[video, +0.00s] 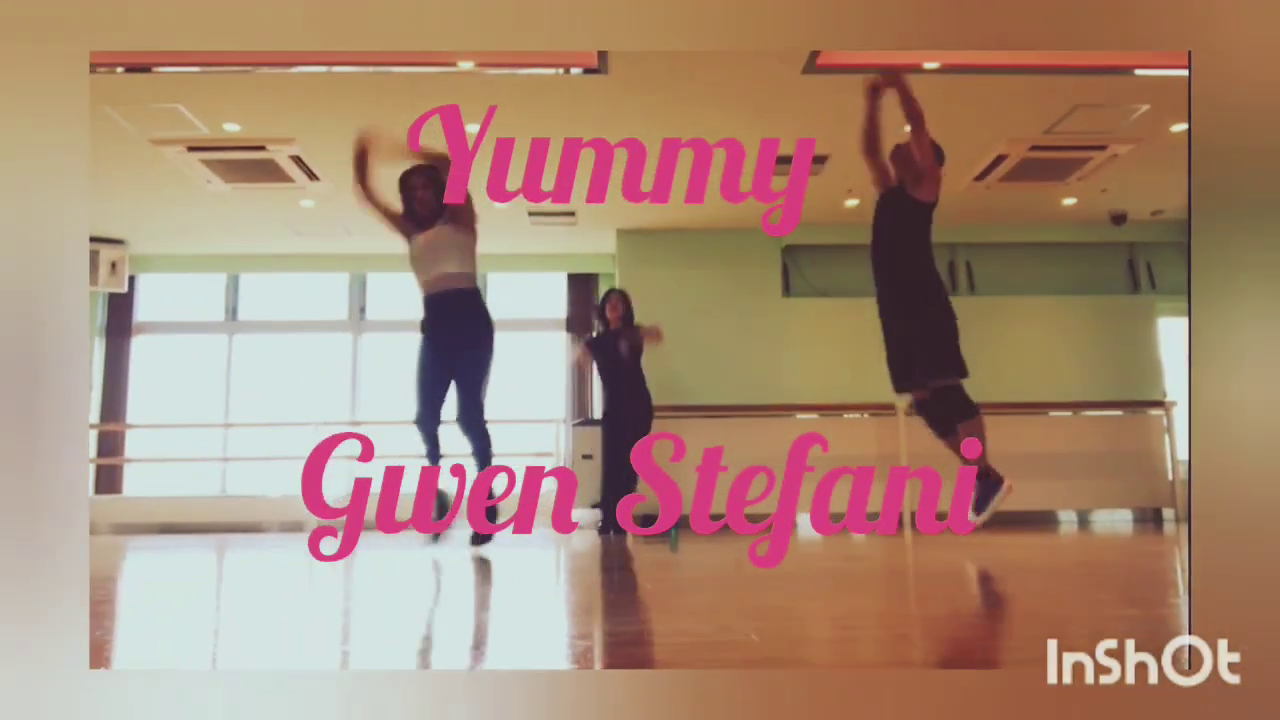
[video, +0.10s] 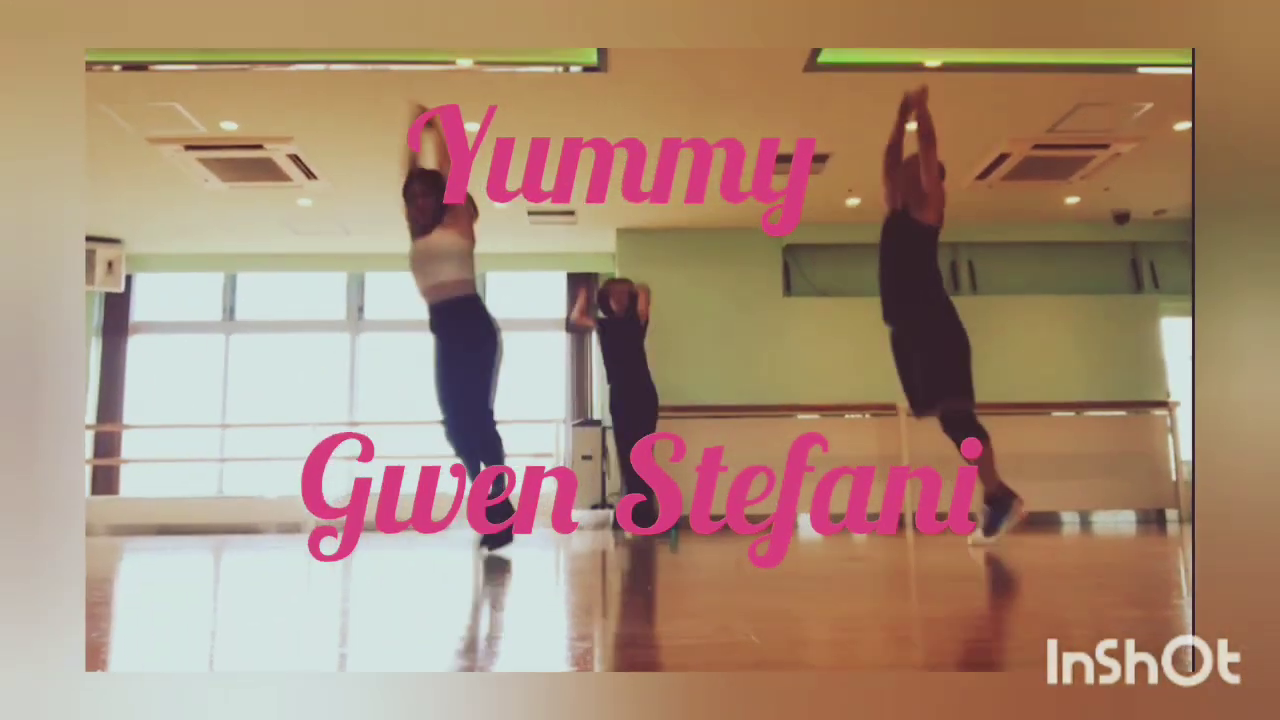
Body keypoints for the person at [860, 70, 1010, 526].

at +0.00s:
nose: (905, 151)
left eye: (914, 147)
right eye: (905, 147)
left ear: (930, 164)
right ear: (901, 158)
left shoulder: (922, 191)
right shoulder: (890, 192)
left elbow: (919, 131)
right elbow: (872, 148)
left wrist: (901, 86)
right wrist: (873, 97)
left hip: (926, 307)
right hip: (899, 311)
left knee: (947, 392)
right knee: (924, 401)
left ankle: (987, 475)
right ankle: (981, 474)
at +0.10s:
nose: (919, 177)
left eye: (928, 172)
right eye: (918, 171)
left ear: (935, 185)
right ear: (905, 183)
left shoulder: (927, 211)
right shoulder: (897, 212)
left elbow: (927, 156)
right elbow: (892, 162)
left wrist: (922, 111)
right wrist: (902, 117)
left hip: (936, 326)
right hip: (910, 331)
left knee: (957, 417)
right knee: (951, 419)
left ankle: (999, 495)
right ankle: (998, 495)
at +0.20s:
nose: (901, 196)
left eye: (907, 188)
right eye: (899, 189)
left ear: (923, 191)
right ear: (899, 196)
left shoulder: (935, 226)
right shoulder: (907, 228)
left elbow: (929, 172)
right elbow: (889, 185)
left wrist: (914, 132)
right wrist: (889, 135)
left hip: (946, 348)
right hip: (924, 351)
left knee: (958, 442)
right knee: (950, 443)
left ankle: (1021, 512)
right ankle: (1017, 510)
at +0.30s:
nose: (902, 180)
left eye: (910, 173)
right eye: (902, 174)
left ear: (931, 178)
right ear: (911, 184)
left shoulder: (942, 214)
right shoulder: (913, 225)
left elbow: (917, 165)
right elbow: (881, 204)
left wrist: (873, 138)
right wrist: (856, 172)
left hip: (948, 346)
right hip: (924, 349)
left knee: (962, 436)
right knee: (913, 441)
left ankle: (1021, 515)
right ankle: (992, 496)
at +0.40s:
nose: (904, 170)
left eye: (913, 165)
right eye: (907, 164)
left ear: (935, 175)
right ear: (919, 175)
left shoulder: (942, 213)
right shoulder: (916, 225)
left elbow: (918, 190)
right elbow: (886, 244)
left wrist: (873, 170)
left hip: (946, 346)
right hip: (920, 348)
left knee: (970, 438)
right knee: (882, 430)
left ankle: (1029, 517)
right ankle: (940, 499)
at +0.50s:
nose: (910, 167)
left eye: (921, 166)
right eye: (917, 162)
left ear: (930, 184)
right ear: (925, 186)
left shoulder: (926, 217)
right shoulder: (909, 223)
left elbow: (950, 228)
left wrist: (945, 218)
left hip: (939, 355)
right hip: (921, 356)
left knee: (971, 449)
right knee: (866, 434)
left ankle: (1043, 523)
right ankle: (866, 532)